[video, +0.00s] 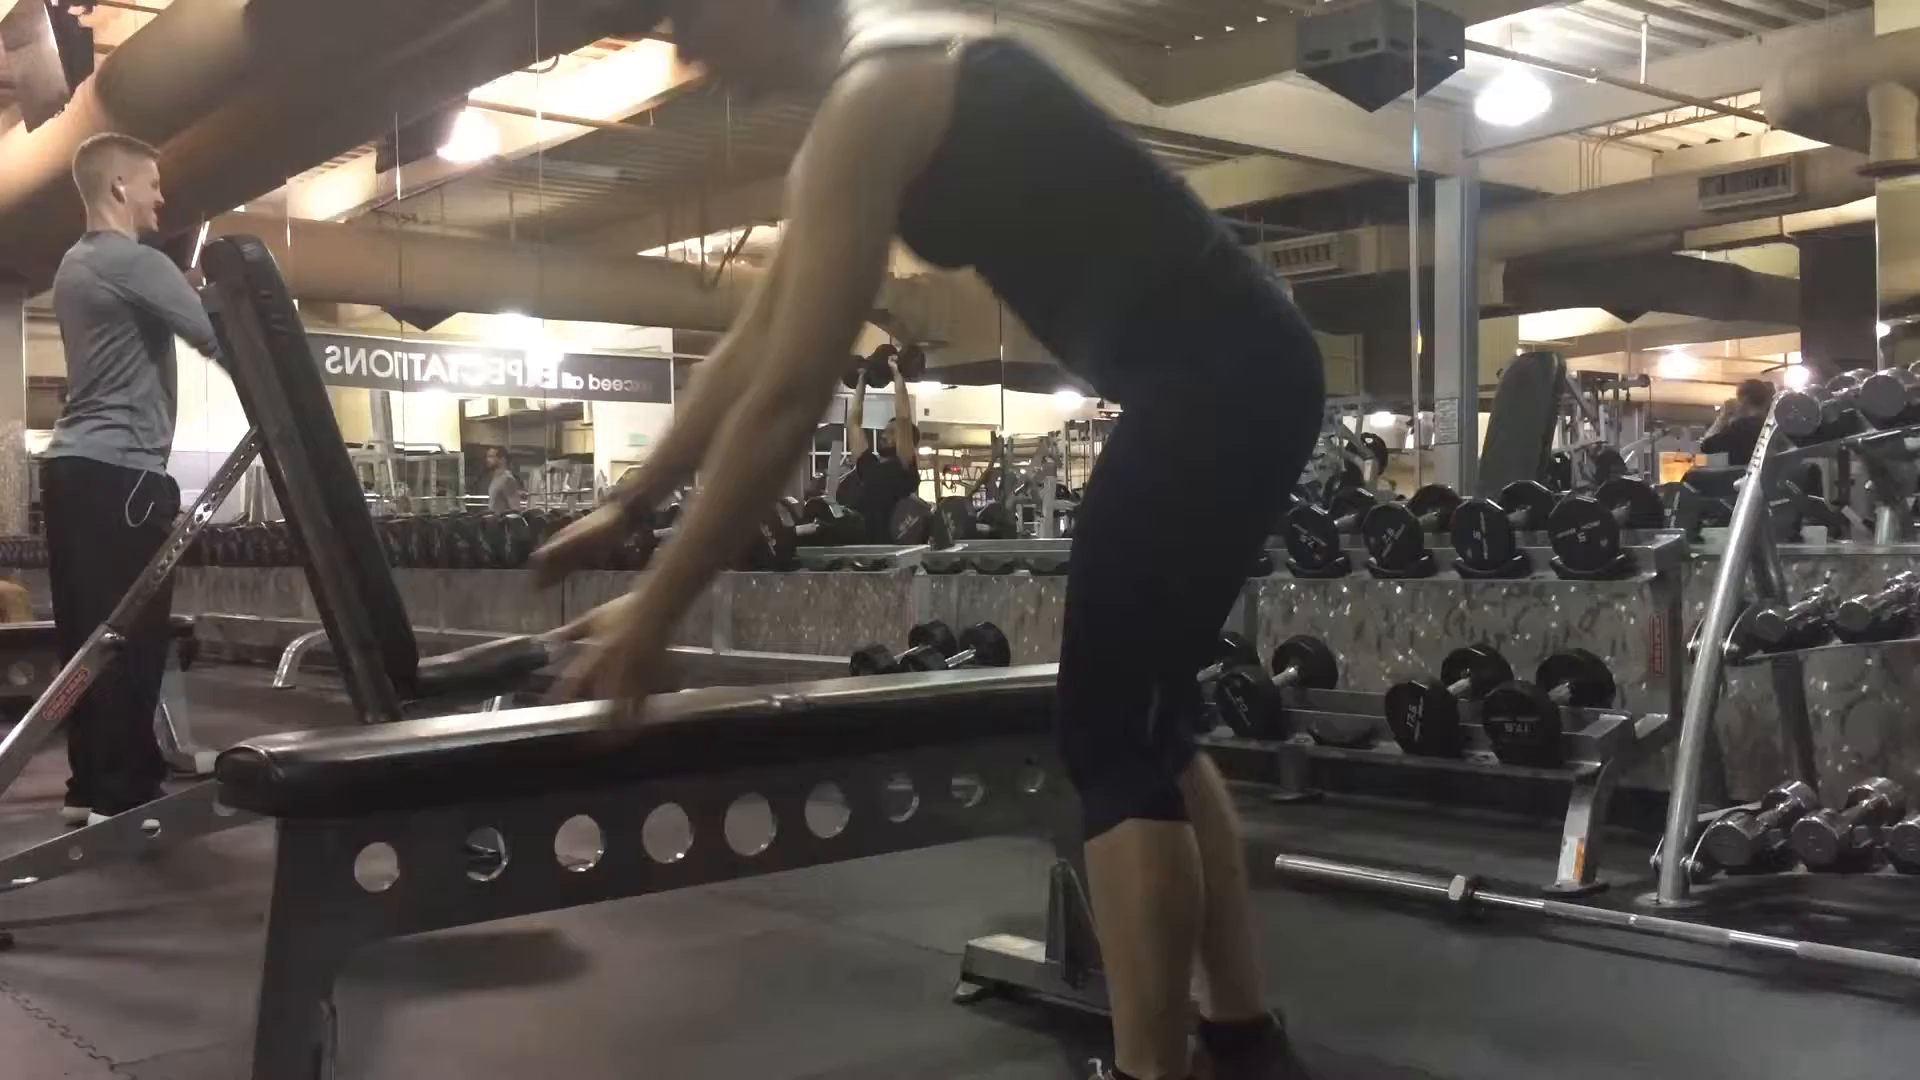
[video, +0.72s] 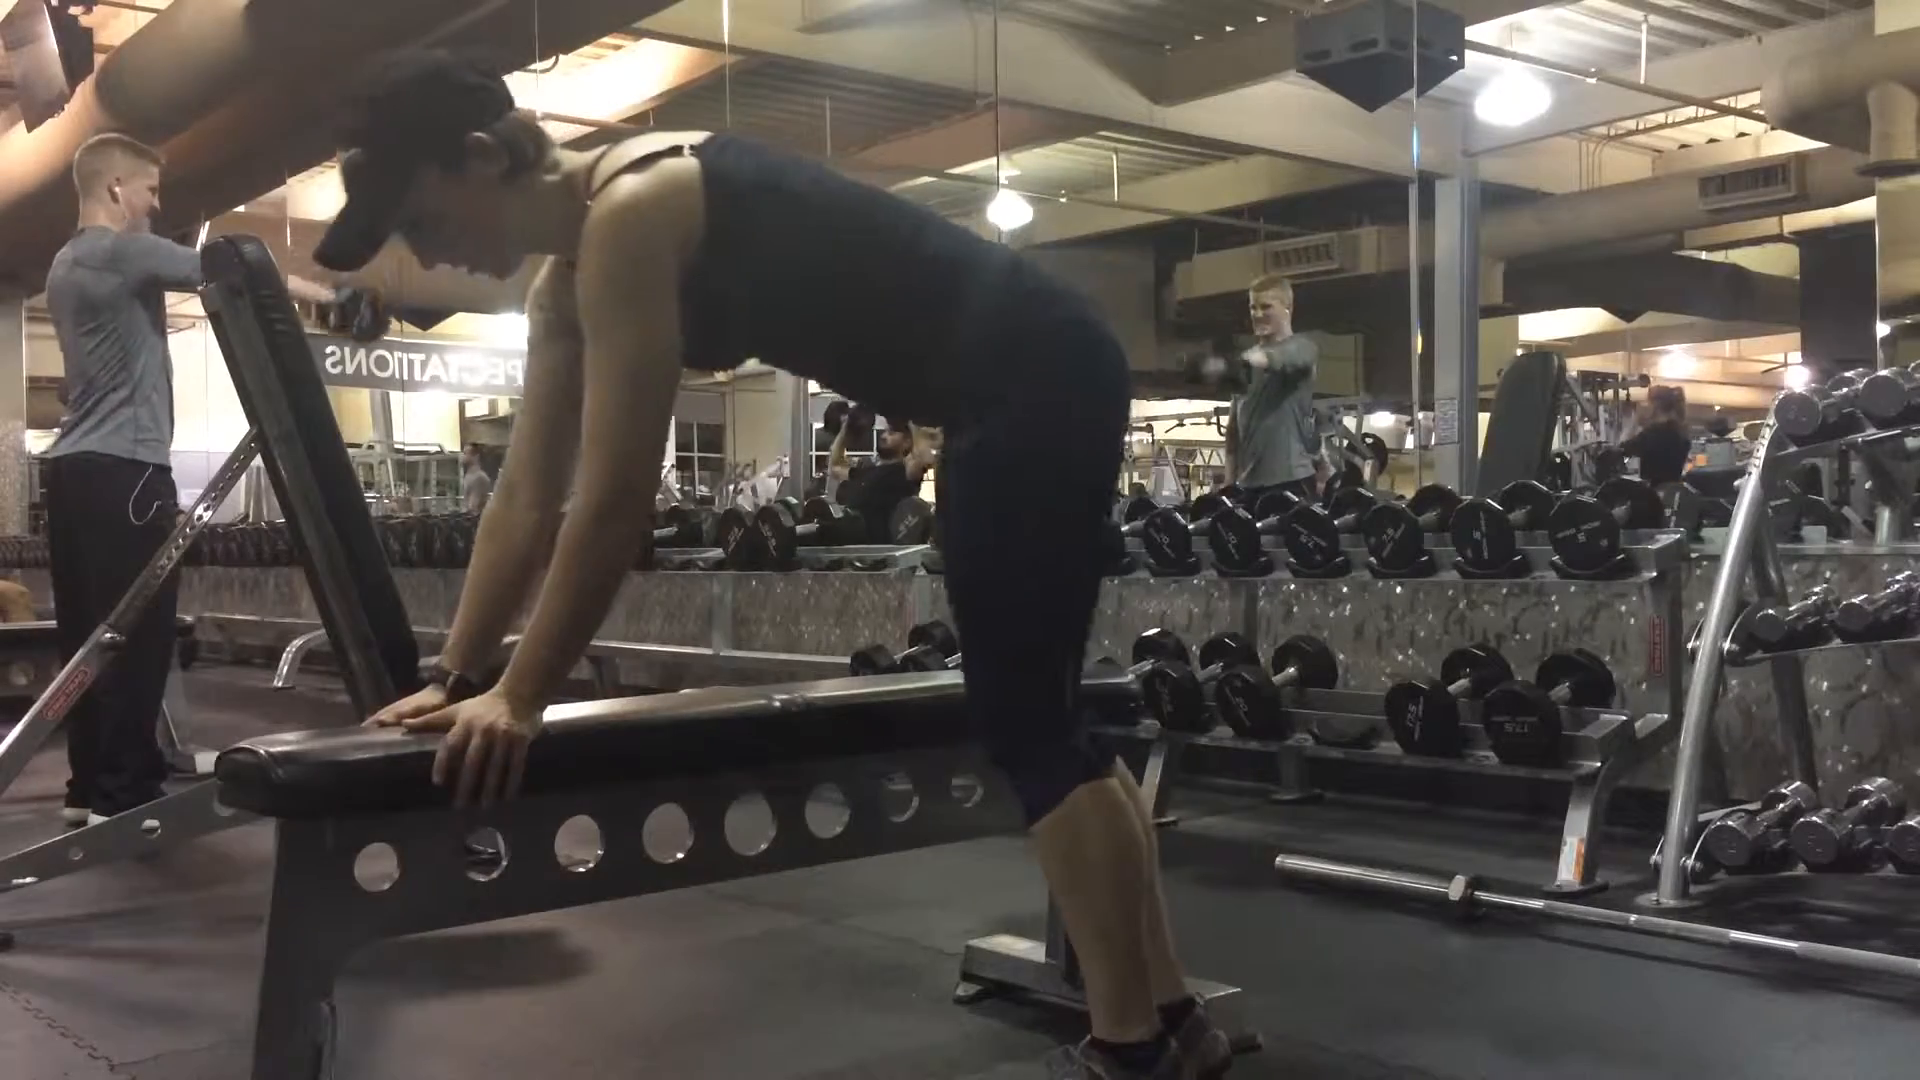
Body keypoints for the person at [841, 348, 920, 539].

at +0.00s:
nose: (884, 435)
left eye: (892, 432)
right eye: (884, 431)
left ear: (906, 439)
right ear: (880, 435)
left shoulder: (905, 475)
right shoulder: (867, 465)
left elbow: (904, 420)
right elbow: (854, 422)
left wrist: (896, 374)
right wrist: (861, 379)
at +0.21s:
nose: (883, 436)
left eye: (891, 432)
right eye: (884, 431)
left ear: (905, 438)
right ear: (881, 434)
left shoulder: (905, 471)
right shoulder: (865, 465)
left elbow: (908, 431)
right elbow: (847, 429)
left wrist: (901, 380)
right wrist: (858, 387)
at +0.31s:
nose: (884, 436)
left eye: (892, 432)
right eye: (884, 431)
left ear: (904, 437)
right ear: (881, 433)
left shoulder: (906, 472)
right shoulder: (863, 463)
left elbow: (912, 430)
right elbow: (841, 436)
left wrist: (902, 387)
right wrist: (854, 400)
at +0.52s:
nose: (885, 436)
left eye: (893, 433)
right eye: (885, 432)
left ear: (907, 441)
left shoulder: (907, 471)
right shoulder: (864, 469)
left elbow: (920, 444)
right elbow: (836, 453)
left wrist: (914, 413)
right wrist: (848, 415)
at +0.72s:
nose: (883, 436)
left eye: (892, 432)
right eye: (883, 432)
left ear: (907, 441)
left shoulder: (907, 467)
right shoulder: (867, 471)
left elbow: (923, 458)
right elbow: (835, 467)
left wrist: (912, 423)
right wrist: (844, 427)